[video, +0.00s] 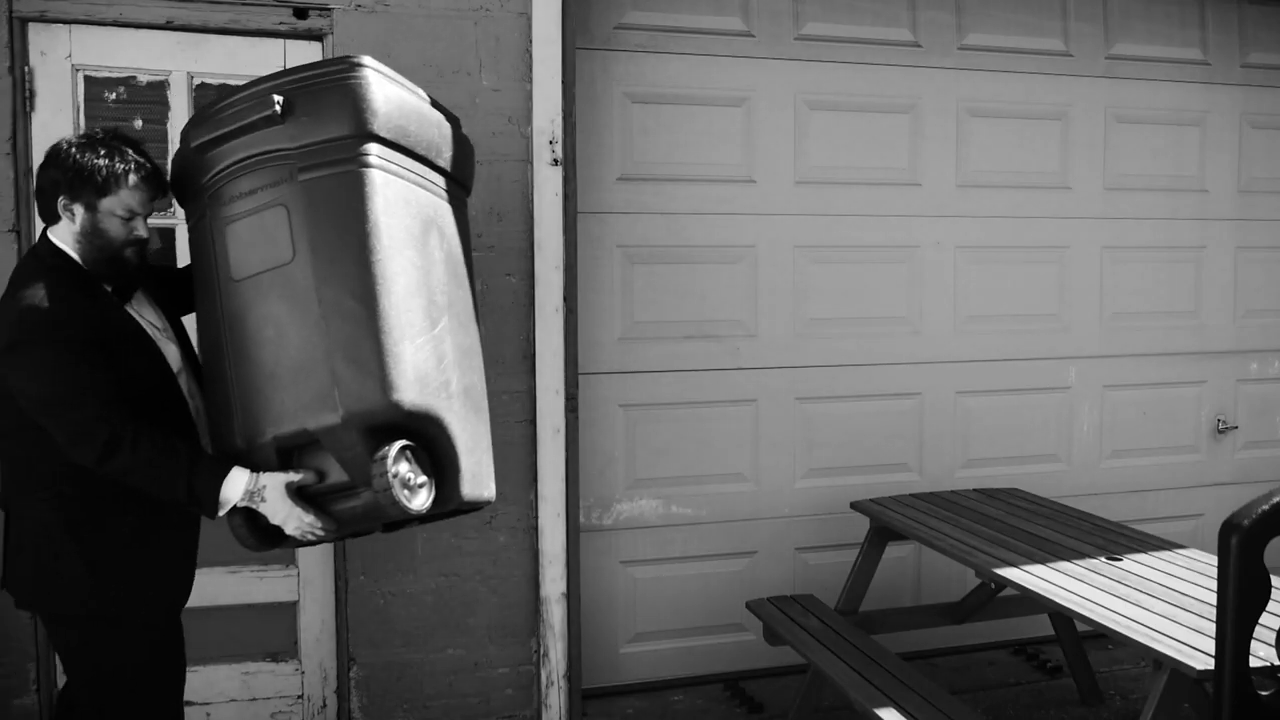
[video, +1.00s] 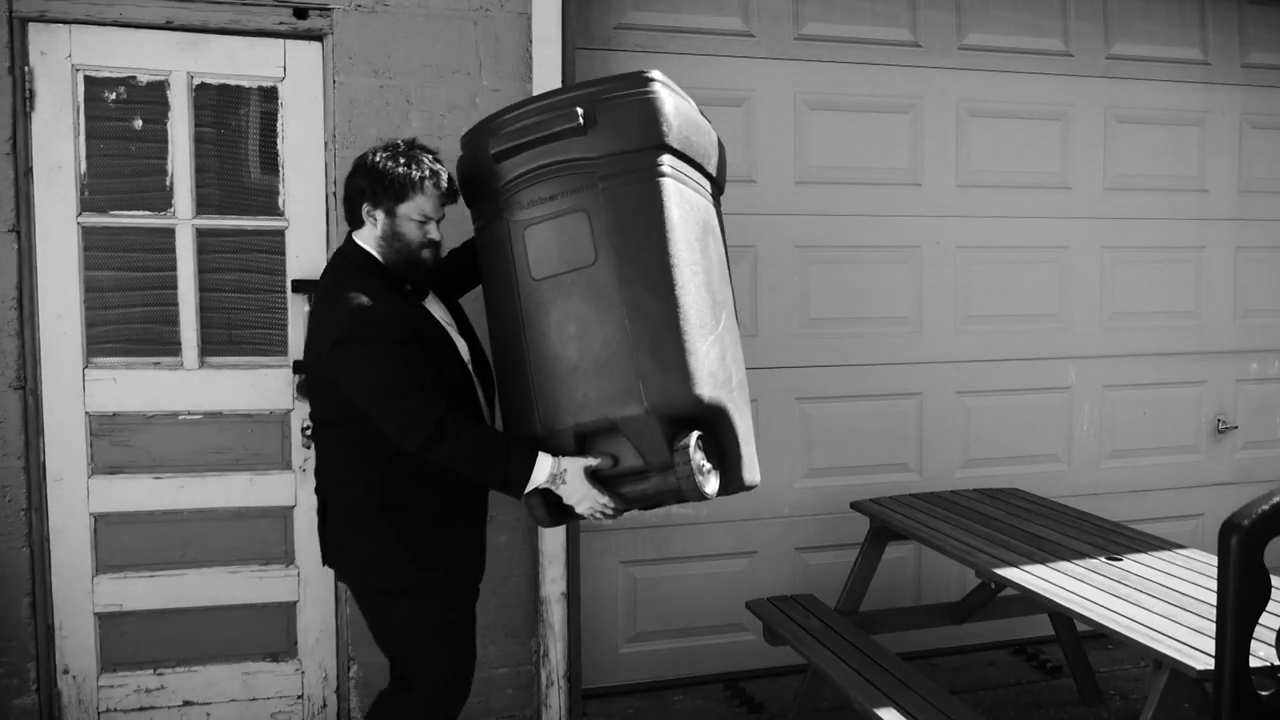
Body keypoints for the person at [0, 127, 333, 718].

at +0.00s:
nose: (144, 232)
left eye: (147, 216)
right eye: (126, 218)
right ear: (69, 211)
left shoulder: (122, 274)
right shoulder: (40, 311)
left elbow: (213, 282)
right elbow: (108, 444)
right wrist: (245, 488)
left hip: (144, 551)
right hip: (95, 569)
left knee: (141, 697)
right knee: (132, 703)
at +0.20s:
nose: (198, 239)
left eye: (199, 223)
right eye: (183, 226)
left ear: (129, 219)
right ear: (125, 218)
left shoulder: (165, 276)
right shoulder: (103, 320)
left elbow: (256, 269)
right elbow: (188, 451)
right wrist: (324, 492)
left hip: (210, 559)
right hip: (163, 582)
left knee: (223, 693)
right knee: (190, 705)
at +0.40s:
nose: (255, 229)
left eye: (256, 213)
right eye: (239, 217)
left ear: (185, 214)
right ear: (181, 213)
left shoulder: (222, 265)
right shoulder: (168, 313)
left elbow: (321, 242)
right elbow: (256, 447)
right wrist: (388, 479)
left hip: (261, 556)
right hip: (215, 576)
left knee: (293, 696)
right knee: (237, 706)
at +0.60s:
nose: (317, 238)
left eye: (318, 221)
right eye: (302, 225)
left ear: (247, 222)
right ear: (245, 220)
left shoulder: (266, 272)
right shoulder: (236, 319)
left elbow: (338, 260)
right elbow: (322, 446)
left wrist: (414, 203)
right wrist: (452, 477)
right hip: (274, 576)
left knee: (339, 702)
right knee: (286, 706)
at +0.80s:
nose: (385, 243)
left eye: (387, 228)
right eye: (371, 230)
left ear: (320, 225)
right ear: (318, 224)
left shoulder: (334, 279)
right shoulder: (306, 321)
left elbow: (403, 270)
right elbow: (387, 443)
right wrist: (508, 479)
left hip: (379, 552)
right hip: (345, 570)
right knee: (354, 703)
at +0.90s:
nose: (412, 240)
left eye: (415, 225)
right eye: (398, 226)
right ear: (348, 220)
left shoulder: (372, 279)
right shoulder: (334, 314)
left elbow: (427, 278)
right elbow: (412, 437)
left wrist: (494, 223)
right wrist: (530, 476)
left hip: (412, 535)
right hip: (373, 550)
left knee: (419, 692)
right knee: (394, 696)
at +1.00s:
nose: (436, 236)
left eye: (438, 221)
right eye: (422, 222)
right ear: (372, 216)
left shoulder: (401, 278)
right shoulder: (356, 309)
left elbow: (461, 272)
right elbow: (430, 431)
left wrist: (520, 220)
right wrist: (546, 472)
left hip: (437, 524)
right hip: (396, 538)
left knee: (438, 681)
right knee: (431, 685)